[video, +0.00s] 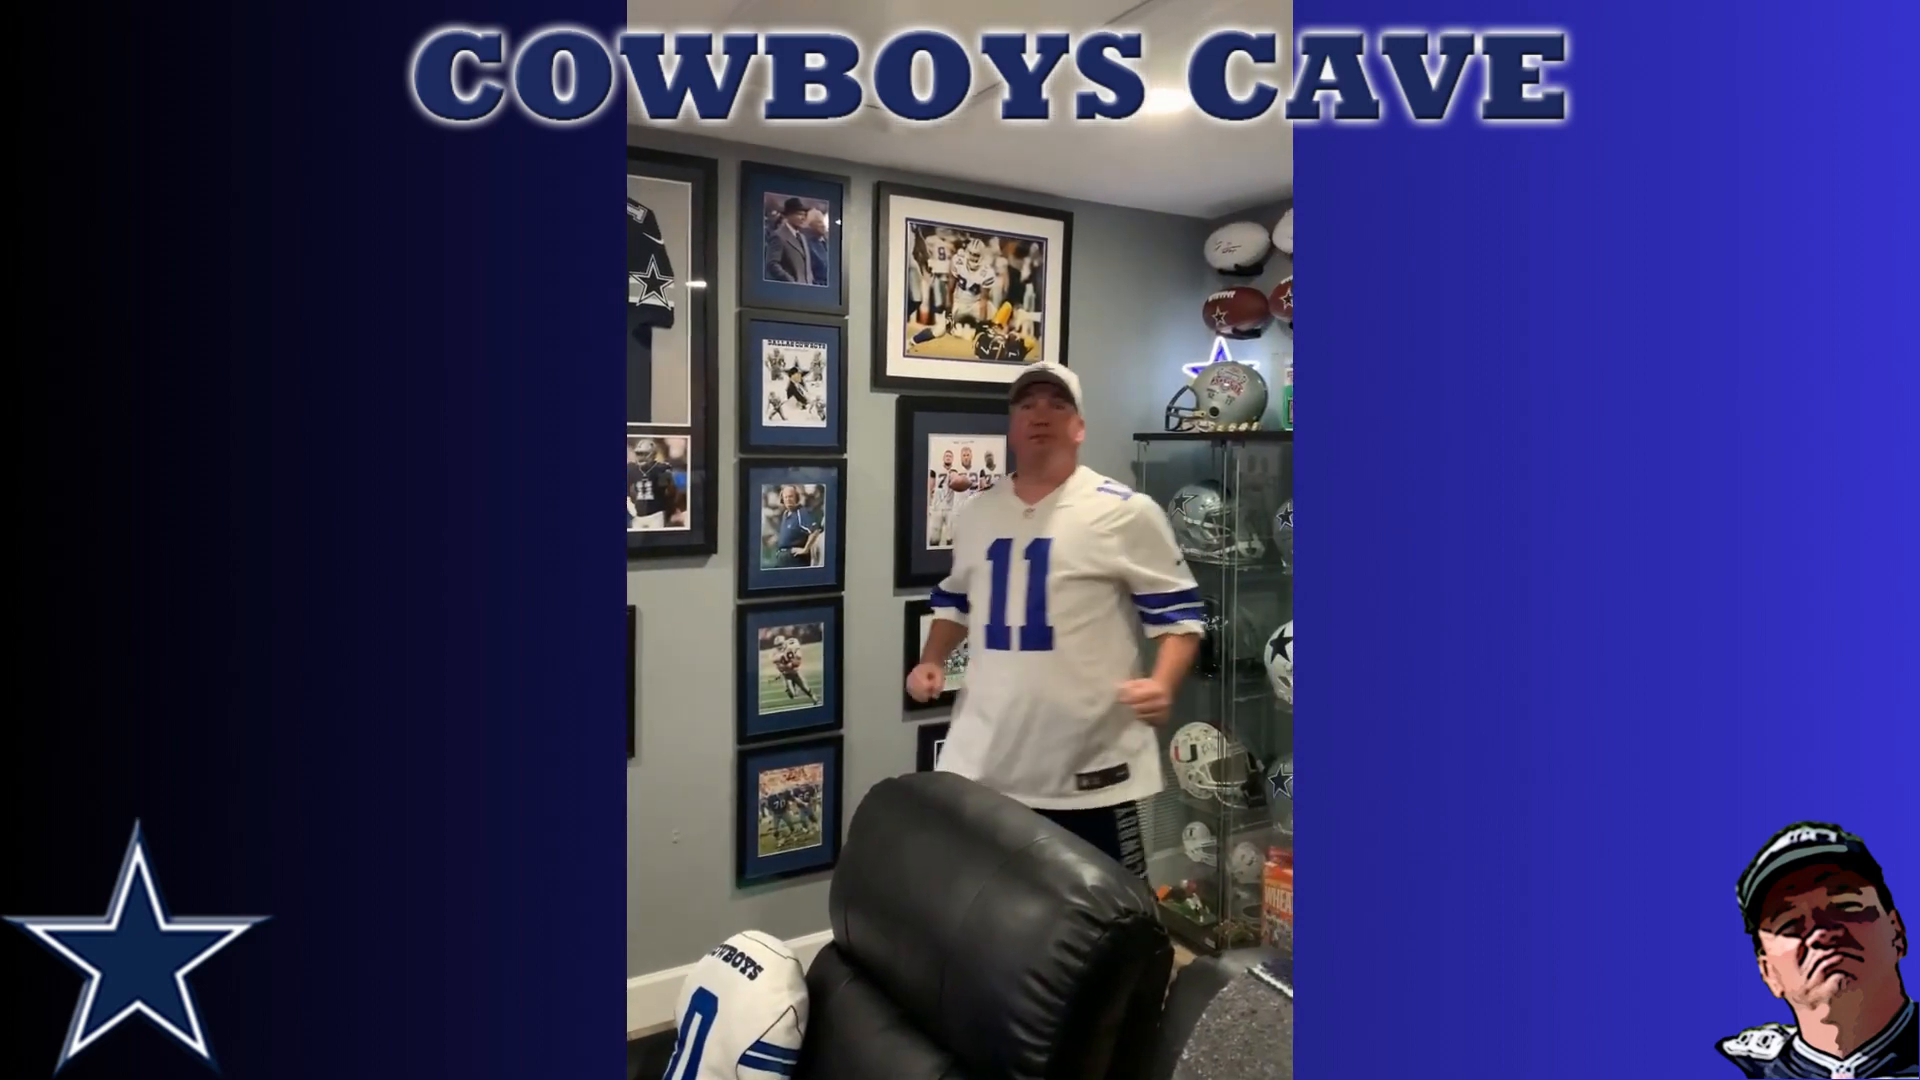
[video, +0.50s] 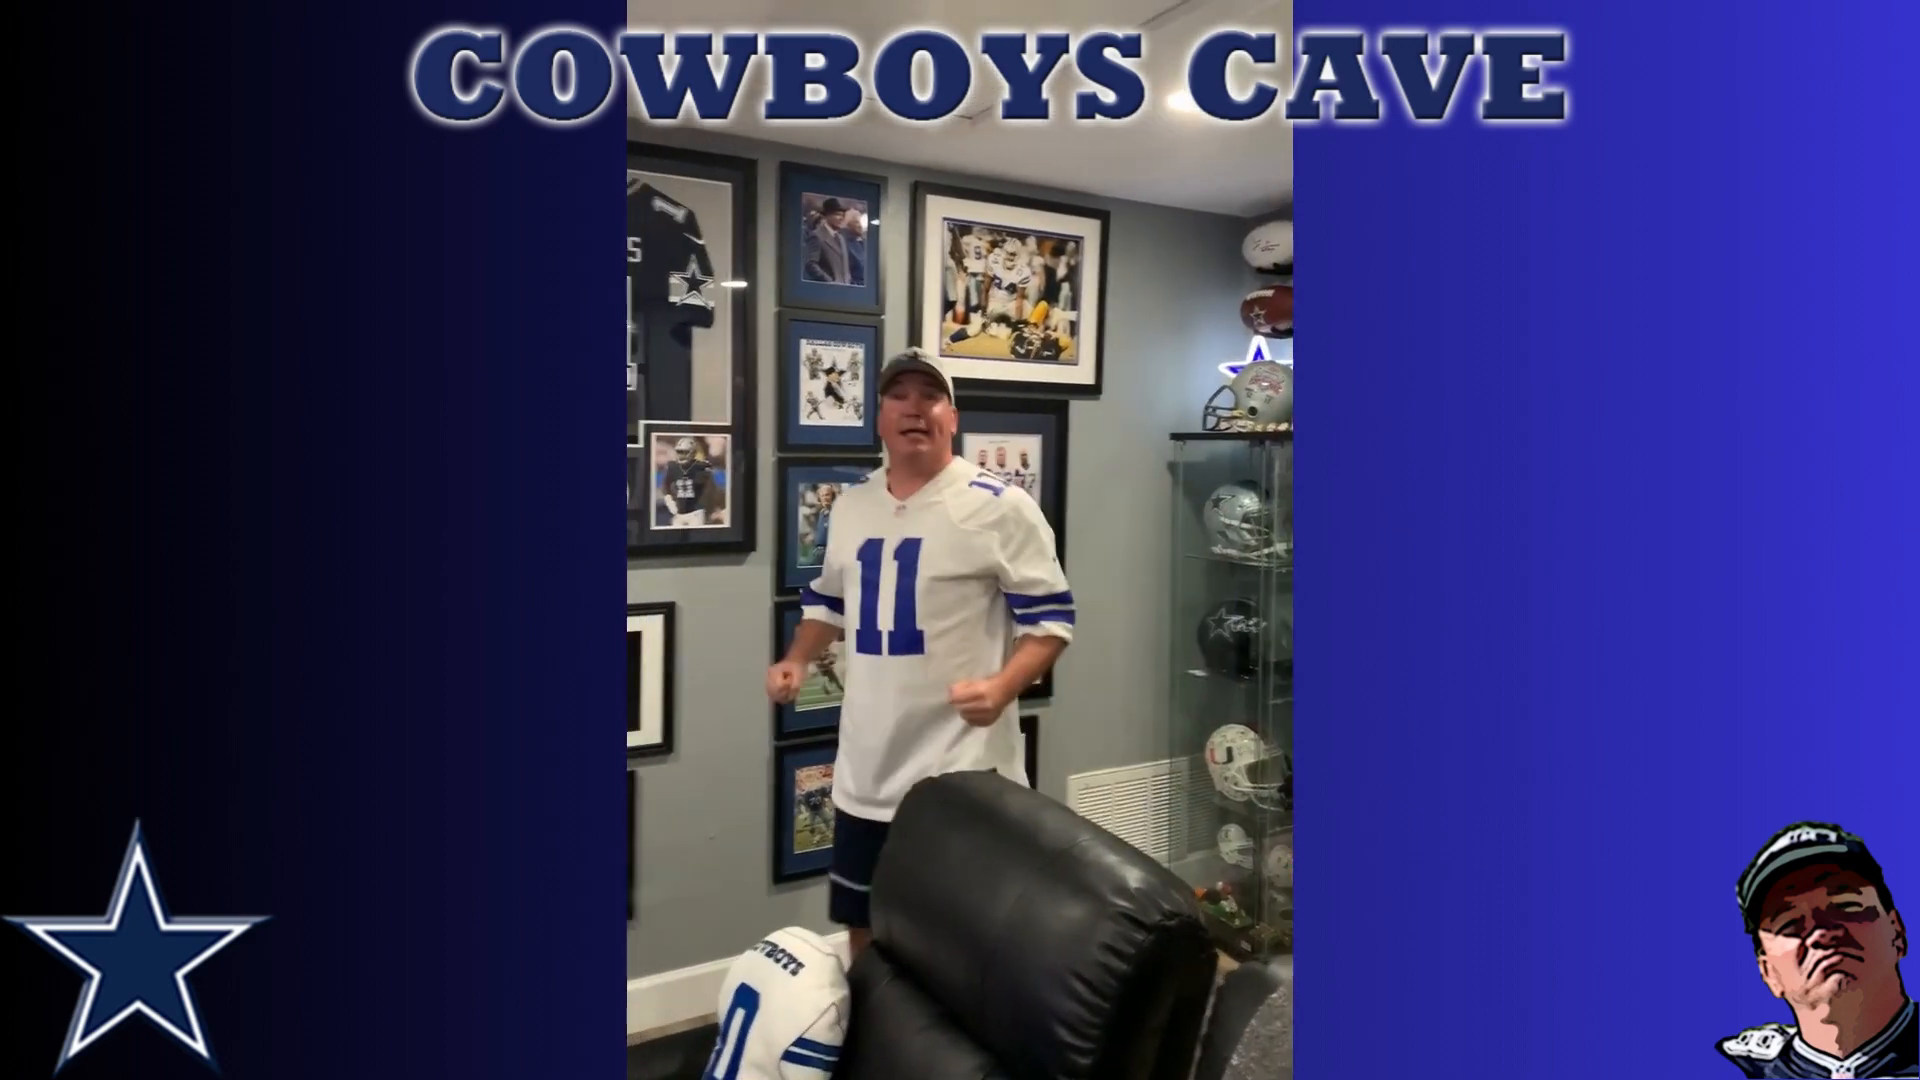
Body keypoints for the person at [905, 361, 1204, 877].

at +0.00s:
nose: (1040, 413)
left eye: (1055, 404)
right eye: (1027, 405)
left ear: (1078, 428)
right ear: (1009, 427)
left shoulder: (1126, 513)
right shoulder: (974, 515)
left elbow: (1182, 619)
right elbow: (954, 603)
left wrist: (1161, 683)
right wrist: (931, 660)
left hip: (1091, 789)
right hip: (983, 784)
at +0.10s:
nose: (1013, 417)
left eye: (1029, 406)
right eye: (1001, 407)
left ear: (1053, 431)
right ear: (984, 430)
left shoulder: (1101, 517)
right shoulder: (954, 518)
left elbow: (1155, 625)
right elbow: (935, 607)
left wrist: (1119, 691)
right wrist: (912, 661)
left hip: (1070, 785)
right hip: (965, 780)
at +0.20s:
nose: (981, 421)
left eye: (998, 410)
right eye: (969, 410)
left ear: (1025, 433)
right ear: (952, 434)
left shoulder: (1074, 522)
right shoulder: (928, 521)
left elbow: (1124, 642)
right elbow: (911, 614)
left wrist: (1071, 706)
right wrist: (883, 667)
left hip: (1042, 787)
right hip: (938, 780)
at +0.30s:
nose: (954, 427)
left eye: (971, 415)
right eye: (939, 415)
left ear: (999, 438)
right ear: (922, 437)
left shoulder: (1044, 525)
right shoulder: (898, 521)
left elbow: (1095, 644)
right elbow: (883, 620)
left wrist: (1039, 709)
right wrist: (859, 677)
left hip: (1006, 792)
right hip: (898, 785)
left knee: (1003, 944)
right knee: (883, 940)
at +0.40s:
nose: (931, 422)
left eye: (948, 410)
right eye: (917, 410)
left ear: (972, 430)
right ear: (898, 430)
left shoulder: (1018, 522)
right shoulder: (869, 519)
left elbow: (1065, 639)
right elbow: (848, 615)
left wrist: (1014, 703)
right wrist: (820, 672)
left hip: (980, 790)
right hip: (874, 781)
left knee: (979, 940)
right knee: (845, 929)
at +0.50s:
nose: (915, 411)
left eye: (931, 398)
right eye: (899, 397)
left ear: (953, 418)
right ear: (877, 417)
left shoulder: (1001, 509)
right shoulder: (851, 508)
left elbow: (1052, 621)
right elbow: (827, 605)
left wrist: (1004, 685)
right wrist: (797, 659)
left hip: (965, 784)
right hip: (867, 778)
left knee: (965, 942)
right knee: (864, 937)